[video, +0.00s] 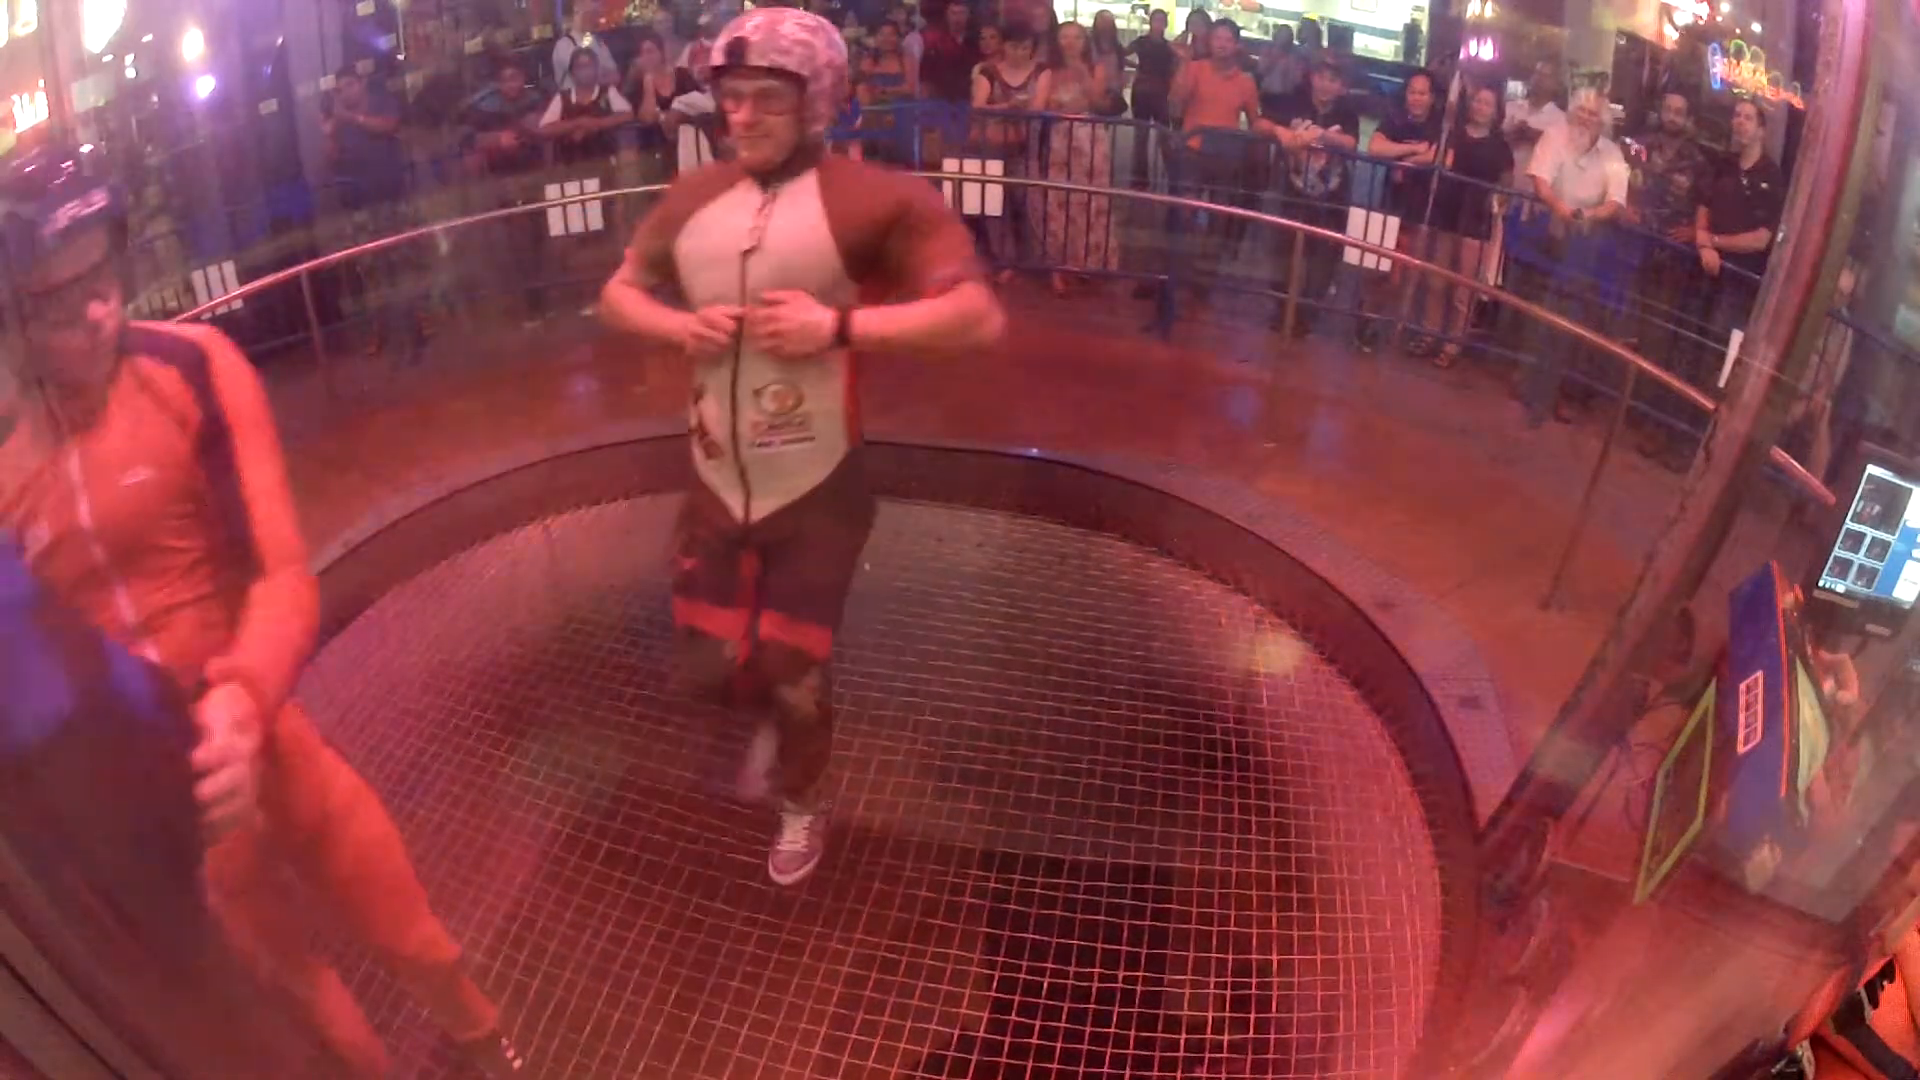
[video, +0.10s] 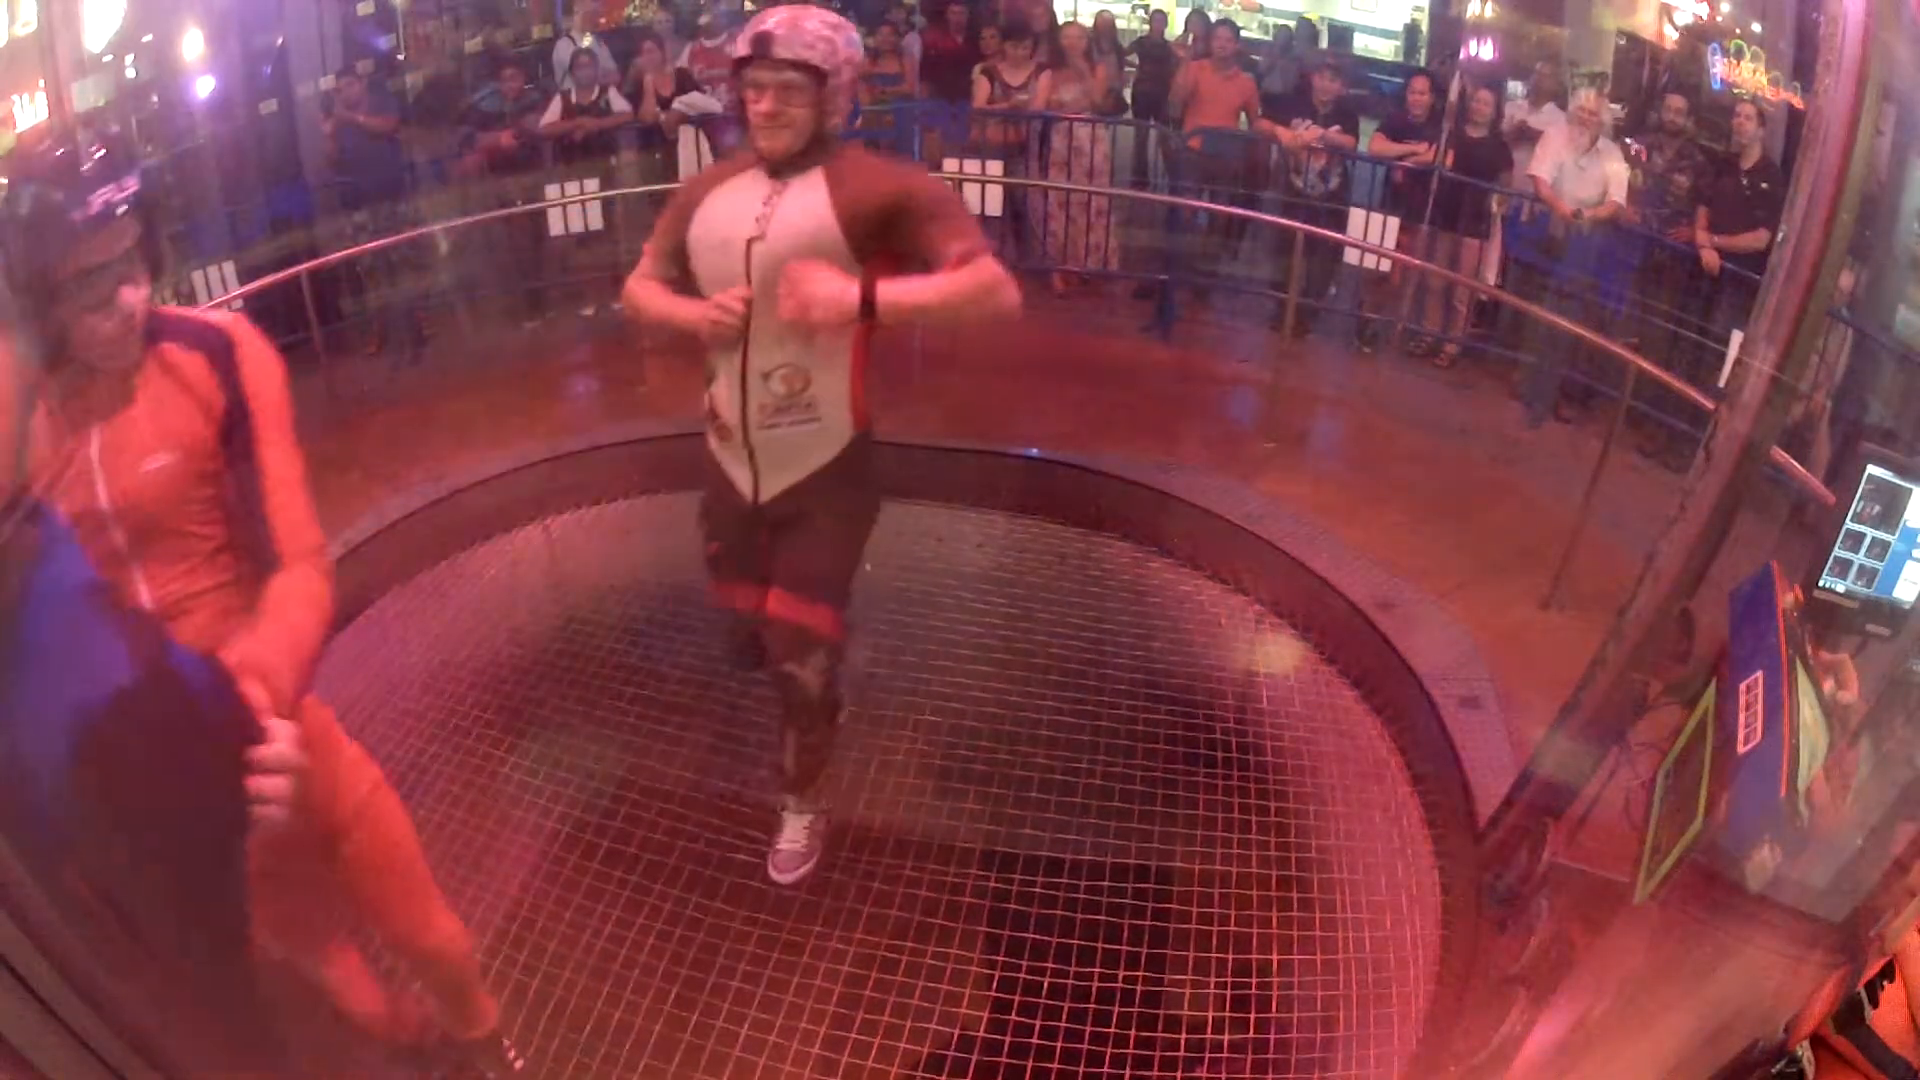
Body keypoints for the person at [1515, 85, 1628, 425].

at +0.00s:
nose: (1585, 118)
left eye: (1592, 114)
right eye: (1581, 111)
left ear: (1603, 120)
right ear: (1570, 111)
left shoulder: (1612, 154)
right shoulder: (1555, 136)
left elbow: (1616, 201)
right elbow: (1540, 181)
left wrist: (1590, 215)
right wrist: (1560, 209)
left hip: (1587, 229)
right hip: (1551, 220)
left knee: (1572, 302)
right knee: (1539, 297)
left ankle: (1555, 387)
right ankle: (1527, 378)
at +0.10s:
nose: (1585, 118)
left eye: (1592, 114)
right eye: (1581, 110)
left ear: (1603, 119)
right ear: (1571, 110)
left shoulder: (1611, 153)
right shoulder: (1556, 136)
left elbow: (1616, 201)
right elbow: (1539, 179)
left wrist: (1590, 214)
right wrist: (1560, 208)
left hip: (1587, 227)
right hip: (1552, 219)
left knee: (1570, 301)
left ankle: (1548, 389)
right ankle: (1528, 378)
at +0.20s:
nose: (1585, 118)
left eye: (1592, 114)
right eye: (1581, 111)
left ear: (1603, 119)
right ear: (1570, 111)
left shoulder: (1612, 153)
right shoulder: (1556, 136)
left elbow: (1616, 201)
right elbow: (1539, 179)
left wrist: (1590, 214)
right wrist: (1560, 207)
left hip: (1587, 229)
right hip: (1551, 220)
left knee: (1570, 301)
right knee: (1538, 295)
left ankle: (1549, 389)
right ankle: (1528, 378)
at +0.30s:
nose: (1585, 118)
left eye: (1592, 114)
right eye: (1581, 111)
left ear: (1603, 119)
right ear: (1570, 110)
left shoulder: (1612, 153)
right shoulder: (1555, 136)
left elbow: (1616, 201)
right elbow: (1539, 179)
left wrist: (1590, 214)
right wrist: (1560, 207)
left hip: (1587, 229)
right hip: (1551, 220)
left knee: (1571, 301)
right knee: (1539, 295)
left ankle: (1549, 389)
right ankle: (1528, 379)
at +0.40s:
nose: (1585, 118)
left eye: (1592, 114)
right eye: (1581, 111)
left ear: (1603, 119)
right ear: (1570, 110)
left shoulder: (1612, 153)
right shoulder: (1555, 136)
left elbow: (1616, 201)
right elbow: (1539, 179)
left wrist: (1590, 214)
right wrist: (1560, 208)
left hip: (1587, 228)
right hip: (1551, 220)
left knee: (1571, 302)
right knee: (1538, 295)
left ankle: (1549, 388)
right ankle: (1528, 379)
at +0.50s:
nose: (1585, 118)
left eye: (1593, 114)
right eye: (1581, 111)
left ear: (1603, 119)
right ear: (1571, 111)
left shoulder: (1612, 153)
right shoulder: (1556, 135)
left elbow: (1616, 201)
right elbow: (1539, 178)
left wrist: (1591, 214)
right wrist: (1559, 207)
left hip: (1587, 229)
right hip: (1551, 220)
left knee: (1572, 300)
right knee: (1539, 296)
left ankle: (1554, 387)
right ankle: (1529, 378)